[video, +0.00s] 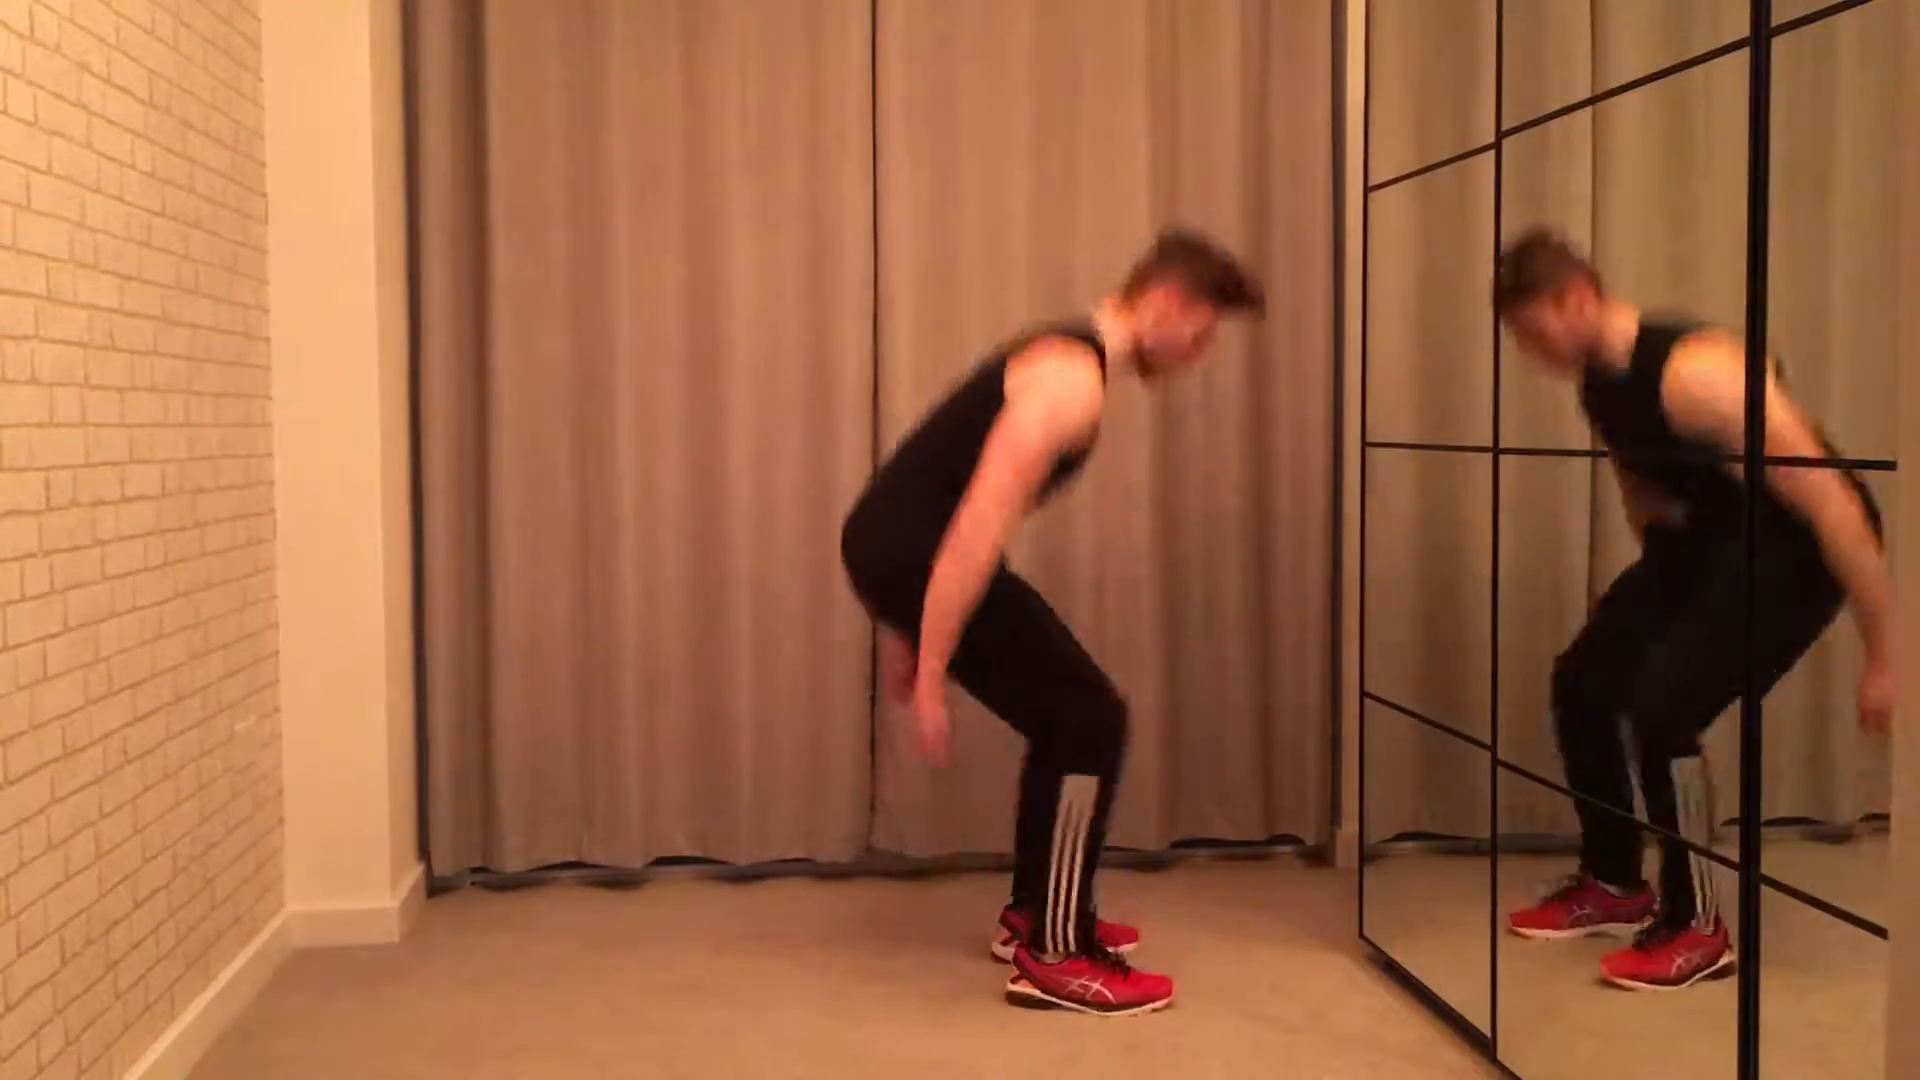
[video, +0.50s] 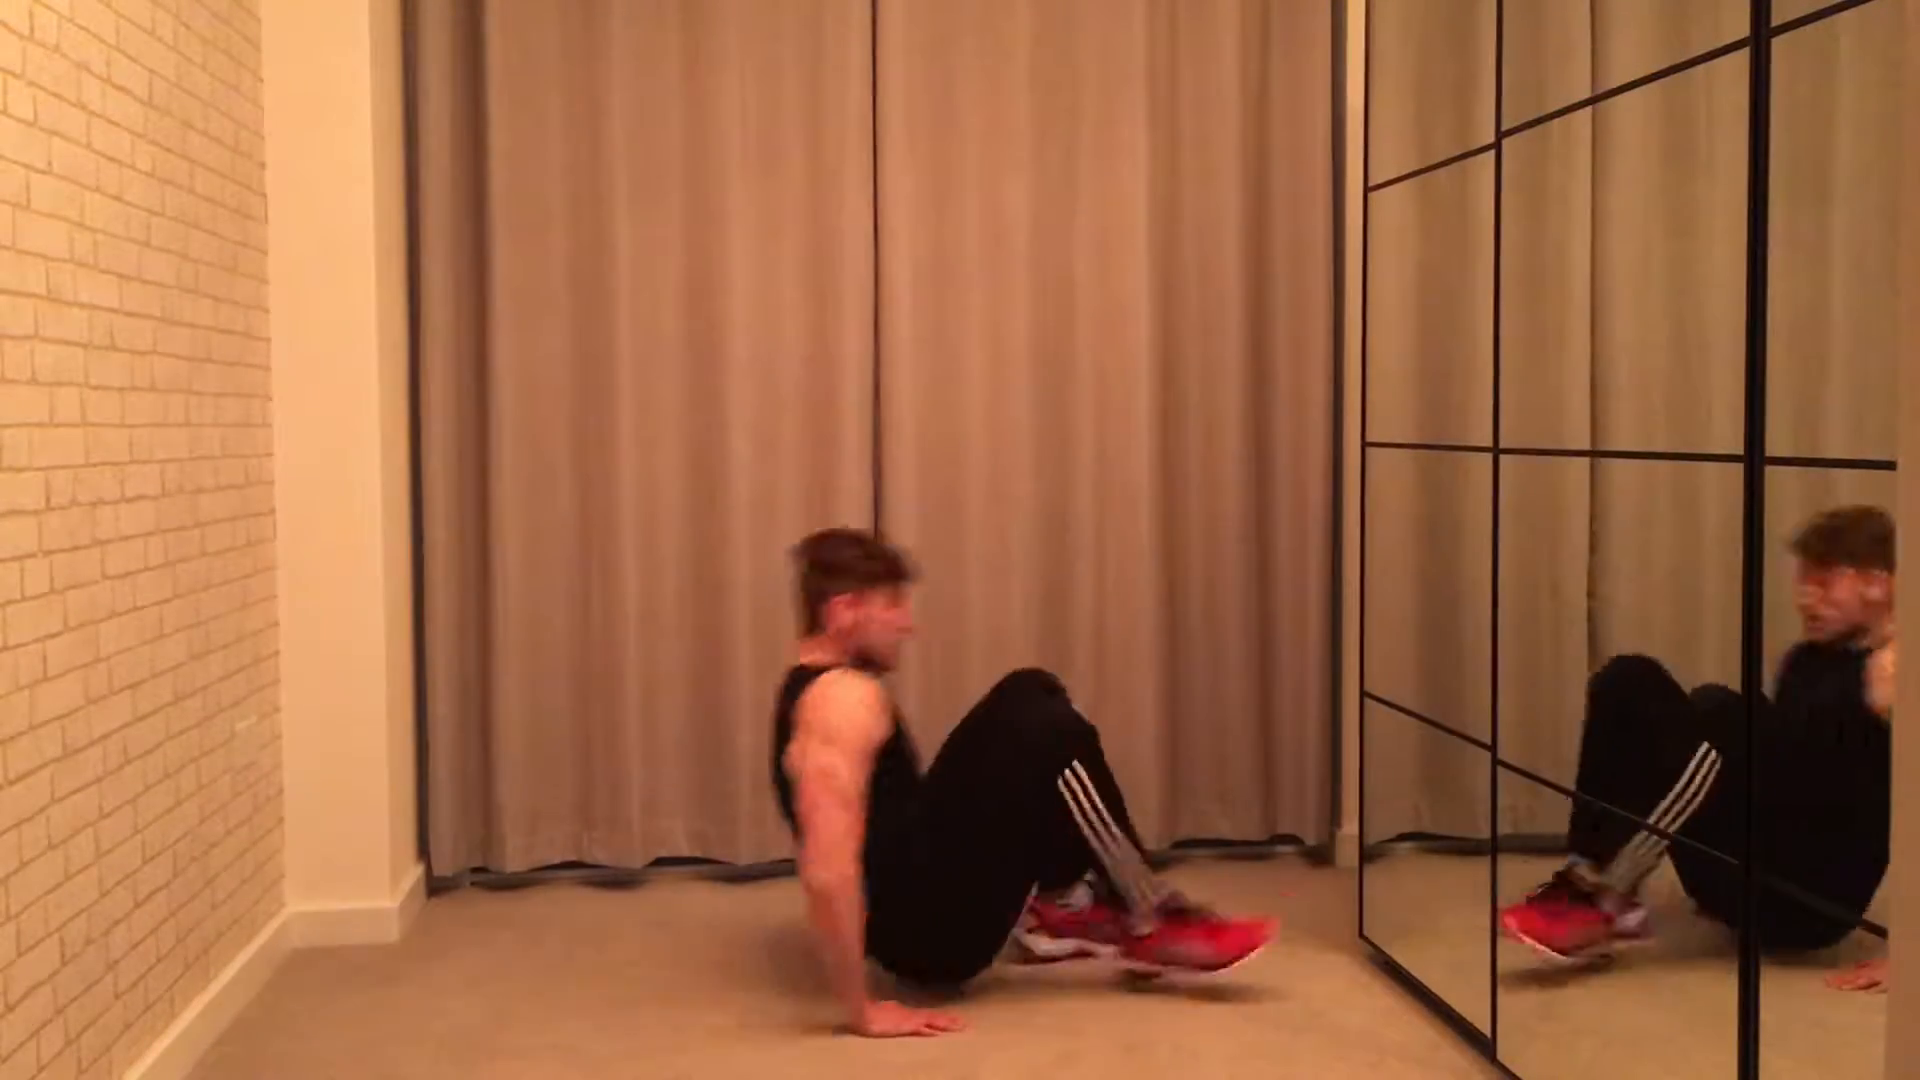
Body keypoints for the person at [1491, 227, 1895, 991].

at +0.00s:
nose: (1535, 348)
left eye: (1535, 328)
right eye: (1523, 335)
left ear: (1577, 296)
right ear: (1568, 305)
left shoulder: (1697, 371)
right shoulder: (1602, 383)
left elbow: (1829, 499)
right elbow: (1646, 503)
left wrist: (1883, 655)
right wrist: (1669, 596)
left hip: (1796, 553)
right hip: (1705, 545)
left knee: (1655, 711)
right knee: (1583, 686)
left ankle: (1690, 923)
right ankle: (1613, 884)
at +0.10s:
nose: (1530, 475)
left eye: (1532, 454)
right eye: (1520, 458)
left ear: (1576, 423)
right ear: (1568, 430)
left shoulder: (1695, 503)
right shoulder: (1600, 499)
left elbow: (1817, 639)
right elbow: (1650, 618)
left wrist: (1875, 802)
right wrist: (1677, 731)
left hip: (1823, 639)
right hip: (1721, 618)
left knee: (1639, 720)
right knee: (1556, 696)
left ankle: (1695, 930)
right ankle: (1610, 884)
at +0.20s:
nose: (1542, 547)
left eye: (1549, 524)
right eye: (1535, 528)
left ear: (1600, 504)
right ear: (1594, 511)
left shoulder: (1706, 595)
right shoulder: (1613, 582)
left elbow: (1825, 746)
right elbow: (1667, 690)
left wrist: (1869, 895)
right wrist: (1699, 806)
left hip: (1833, 727)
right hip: (1746, 696)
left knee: (1636, 719)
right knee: (1553, 703)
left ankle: (1693, 927)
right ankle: (1612, 888)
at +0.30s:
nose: (1581, 578)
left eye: (1594, 557)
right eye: (1580, 559)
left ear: (1650, 545)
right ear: (1647, 550)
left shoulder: (1744, 638)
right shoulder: (1648, 629)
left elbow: (1849, 788)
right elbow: (1720, 745)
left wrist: (1889, 930)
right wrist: (1758, 854)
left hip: (1822, 812)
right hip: (1764, 783)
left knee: (1648, 721)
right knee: (1562, 698)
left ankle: (1694, 928)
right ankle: (1611, 886)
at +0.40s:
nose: (1673, 594)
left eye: (1687, 571)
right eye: (1671, 572)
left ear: (1763, 563)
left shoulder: (1826, 648)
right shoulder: (1715, 646)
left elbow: (1879, 801)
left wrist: (1900, 946)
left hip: (1813, 876)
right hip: (1735, 860)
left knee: (1685, 702)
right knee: (1582, 691)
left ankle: (1673, 917)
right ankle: (1604, 885)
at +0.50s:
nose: (1807, 598)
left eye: (1825, 581)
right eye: (1803, 581)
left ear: (1878, 587)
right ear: (1795, 584)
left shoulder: (1890, 671)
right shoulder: (1805, 664)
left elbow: (1903, 816)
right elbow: (1765, 777)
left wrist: (1900, 957)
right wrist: (1718, 890)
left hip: (1807, 908)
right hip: (1743, 889)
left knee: (1726, 713)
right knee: (1630, 679)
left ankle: (1612, 898)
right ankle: (1583, 882)